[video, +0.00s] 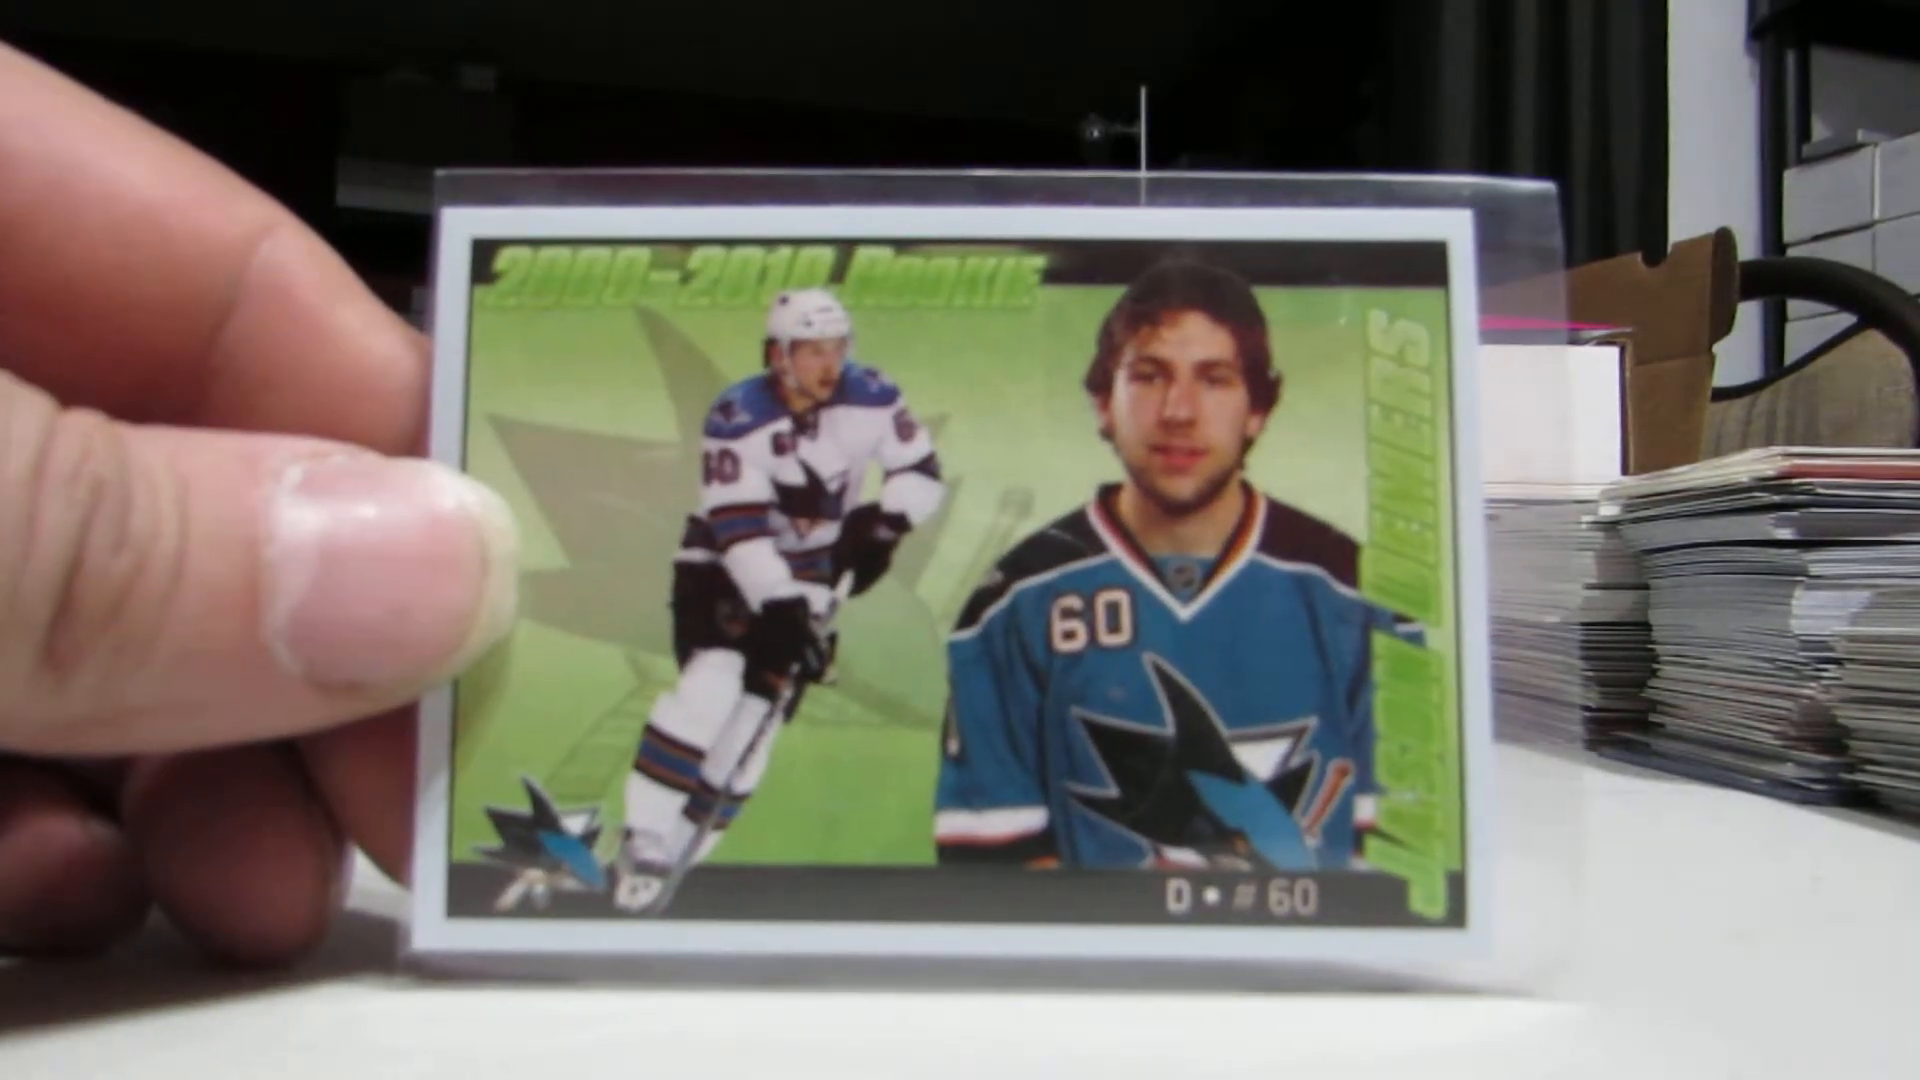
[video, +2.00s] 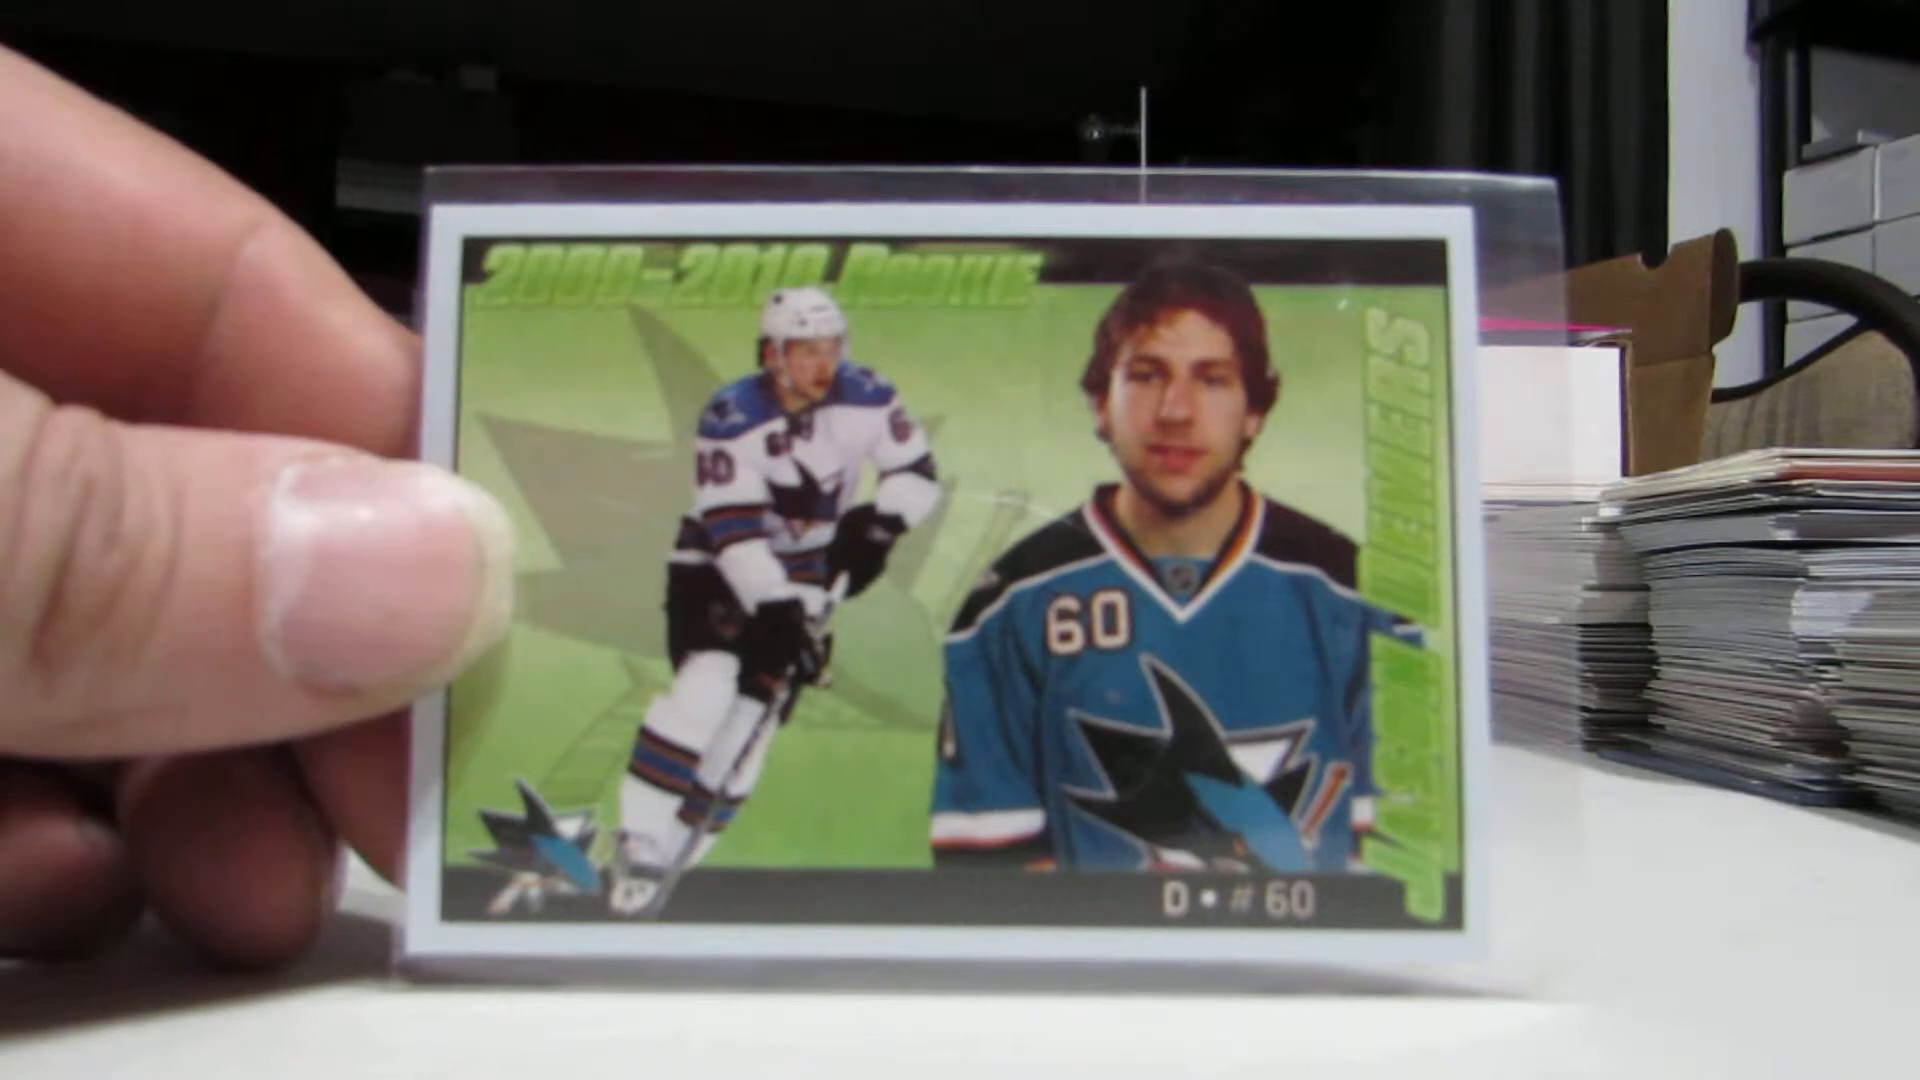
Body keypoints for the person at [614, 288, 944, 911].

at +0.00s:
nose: (831, 365)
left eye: (838, 351)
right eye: (815, 352)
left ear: (848, 350)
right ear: (780, 357)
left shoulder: (871, 399)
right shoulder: (739, 416)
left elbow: (920, 472)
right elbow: (738, 523)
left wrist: (882, 526)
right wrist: (780, 603)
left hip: (811, 573)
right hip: (727, 563)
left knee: (759, 715)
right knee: (714, 679)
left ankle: (683, 852)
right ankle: (646, 841)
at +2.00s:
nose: (822, 365)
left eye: (830, 351)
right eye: (805, 352)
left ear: (842, 350)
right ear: (772, 356)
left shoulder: (867, 399)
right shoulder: (732, 416)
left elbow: (916, 474)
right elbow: (732, 524)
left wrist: (877, 527)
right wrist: (775, 605)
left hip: (806, 573)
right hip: (721, 563)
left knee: (755, 715)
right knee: (709, 681)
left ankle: (680, 853)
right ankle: (642, 842)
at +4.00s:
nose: (824, 366)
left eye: (832, 352)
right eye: (808, 353)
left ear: (842, 352)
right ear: (773, 358)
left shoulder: (868, 401)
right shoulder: (732, 419)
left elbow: (917, 475)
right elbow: (732, 527)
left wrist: (878, 531)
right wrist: (776, 609)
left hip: (807, 578)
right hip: (720, 567)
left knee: (754, 722)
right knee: (708, 687)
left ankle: (680, 860)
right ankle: (640, 849)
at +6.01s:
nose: (758, 230)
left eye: (771, 217)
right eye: (745, 215)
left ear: (788, 222)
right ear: (720, 215)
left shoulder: (807, 275)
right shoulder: (682, 266)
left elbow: (838, 352)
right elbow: (657, 363)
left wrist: (784, 395)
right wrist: (699, 443)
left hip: (730, 421)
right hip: (655, 402)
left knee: (661, 524)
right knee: (629, 493)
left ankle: (596, 621)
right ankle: (558, 600)